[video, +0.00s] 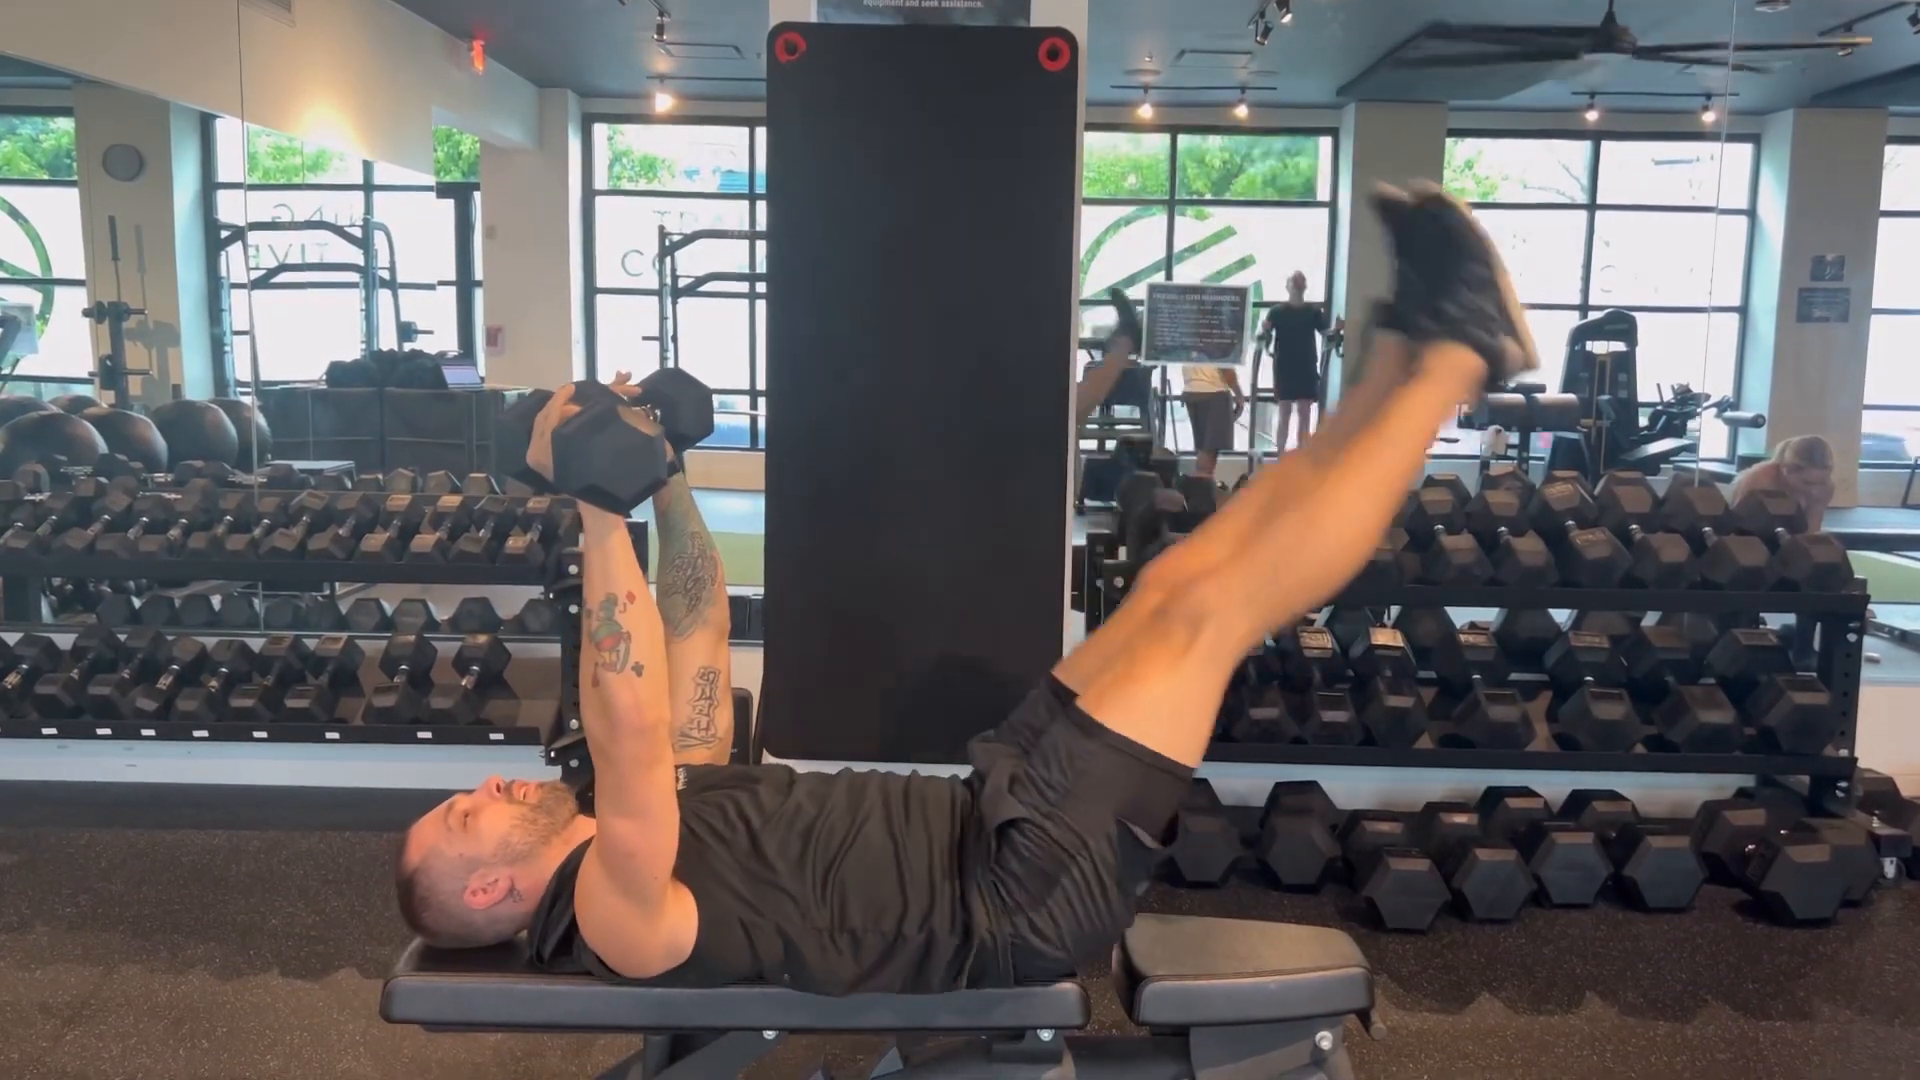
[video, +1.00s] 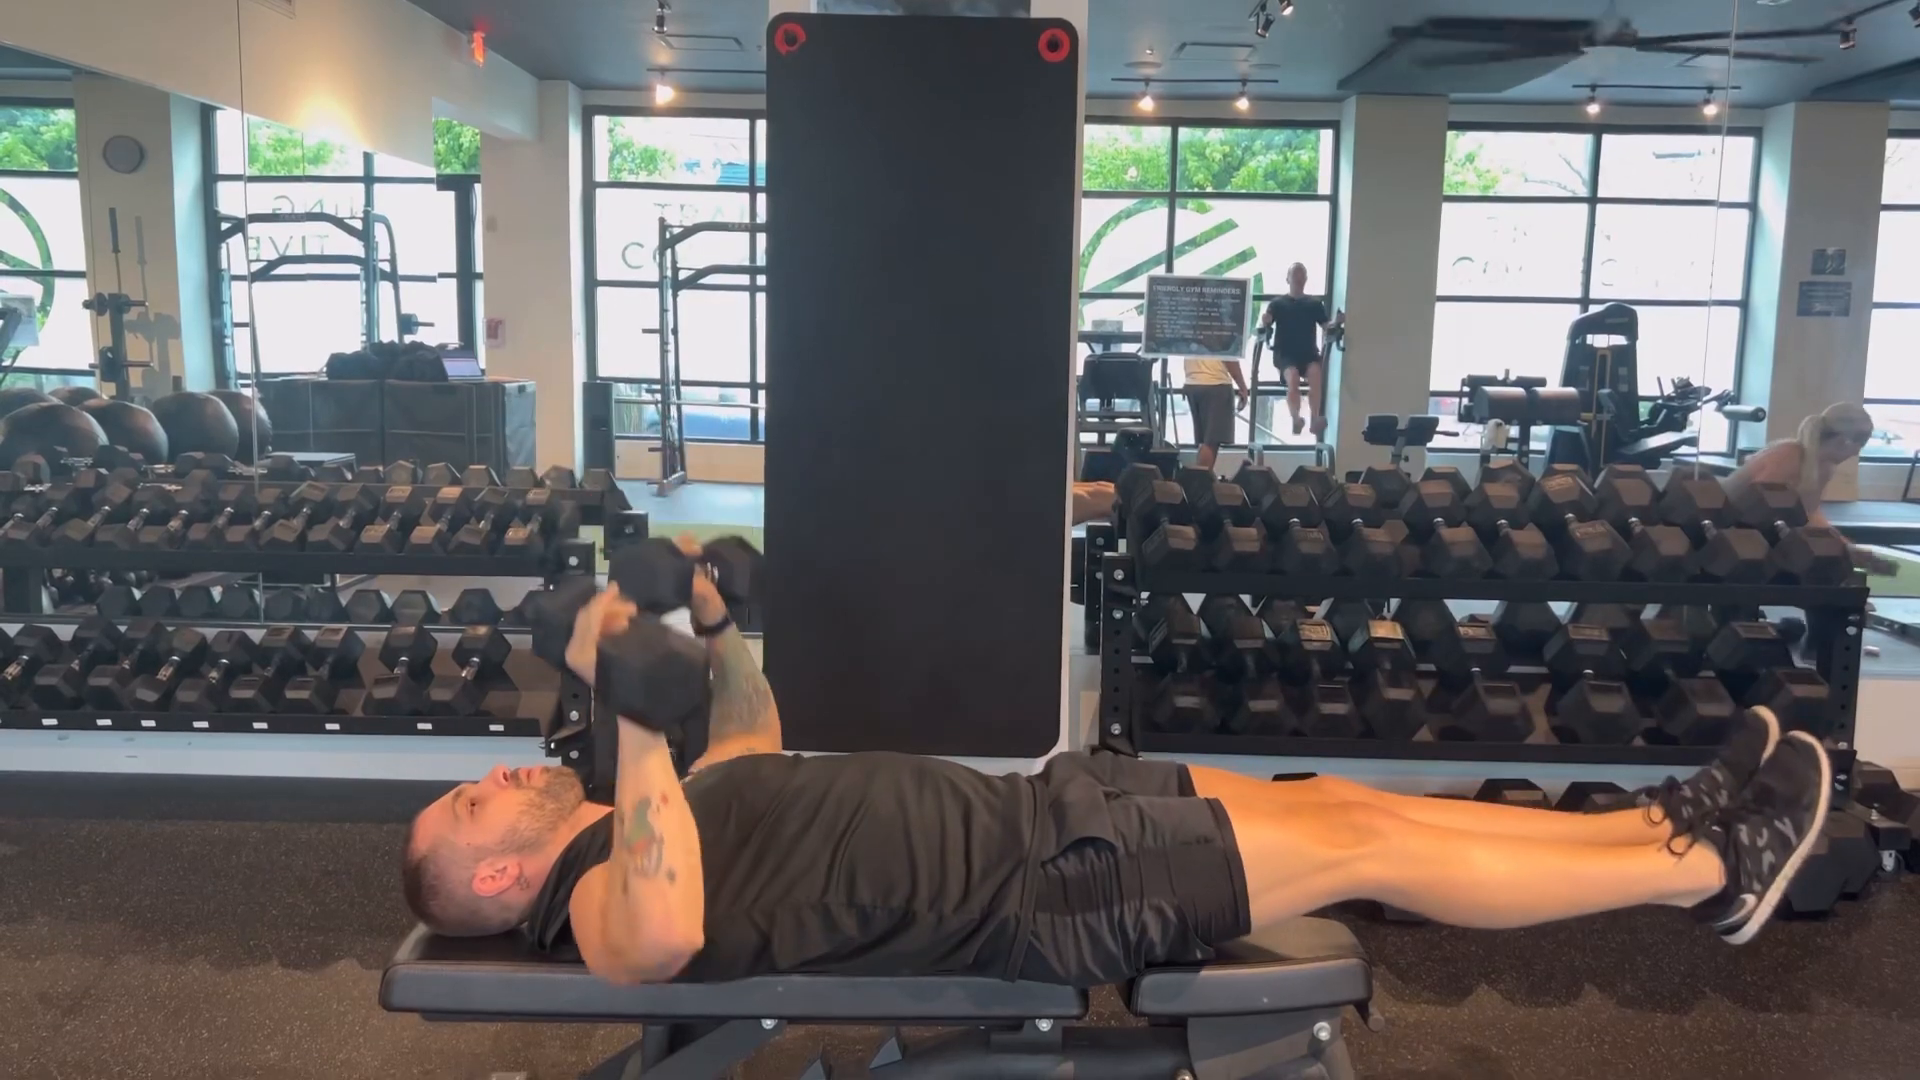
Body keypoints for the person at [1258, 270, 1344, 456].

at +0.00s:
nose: (1297, 286)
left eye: (1300, 283)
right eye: (1293, 283)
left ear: (1304, 287)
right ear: (1287, 286)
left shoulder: (1313, 311)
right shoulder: (1277, 312)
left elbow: (1325, 333)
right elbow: (1263, 337)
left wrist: (1336, 329)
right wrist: (1265, 330)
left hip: (1307, 363)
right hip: (1284, 364)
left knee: (1305, 411)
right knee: (1284, 411)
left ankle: (1303, 451)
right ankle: (1280, 452)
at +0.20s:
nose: (1300, 284)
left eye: (1303, 281)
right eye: (1296, 281)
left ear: (1306, 284)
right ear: (1288, 284)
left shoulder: (1314, 309)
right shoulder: (1277, 309)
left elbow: (1325, 331)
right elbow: (1263, 337)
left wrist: (1336, 328)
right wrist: (1265, 329)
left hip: (1307, 353)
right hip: (1284, 353)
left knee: (1315, 370)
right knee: (1291, 367)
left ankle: (1320, 413)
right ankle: (1295, 406)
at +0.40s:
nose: (1298, 287)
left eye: (1302, 284)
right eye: (1296, 283)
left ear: (1306, 285)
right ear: (1289, 284)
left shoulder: (1315, 306)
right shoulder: (1277, 306)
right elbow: (1262, 335)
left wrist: (1336, 327)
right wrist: (1265, 326)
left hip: (1308, 356)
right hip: (1284, 358)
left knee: (1316, 318)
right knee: (1290, 321)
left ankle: (1318, 333)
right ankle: (1303, 333)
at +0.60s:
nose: (1298, 287)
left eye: (1301, 284)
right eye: (1295, 284)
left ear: (1306, 284)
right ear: (1289, 283)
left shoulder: (1315, 304)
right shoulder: (1278, 304)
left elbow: (1323, 331)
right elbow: (1264, 329)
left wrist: (1336, 325)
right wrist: (1266, 323)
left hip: (1308, 355)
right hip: (1284, 356)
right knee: (1288, 317)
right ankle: (1299, 319)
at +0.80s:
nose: (1298, 283)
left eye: (1301, 279)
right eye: (1295, 279)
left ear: (1306, 280)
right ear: (1288, 280)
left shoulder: (1315, 304)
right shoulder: (1278, 303)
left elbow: (1326, 328)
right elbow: (1266, 326)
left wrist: (1337, 323)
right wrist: (1265, 322)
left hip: (1311, 348)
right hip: (1286, 350)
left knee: (1318, 336)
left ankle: (1325, 369)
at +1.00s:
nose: (1298, 280)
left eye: (1301, 277)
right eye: (1294, 277)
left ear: (1306, 278)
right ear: (1288, 279)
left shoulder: (1314, 304)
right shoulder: (1278, 304)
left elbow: (1326, 327)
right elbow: (1265, 325)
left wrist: (1336, 324)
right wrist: (1265, 321)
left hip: (1308, 350)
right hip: (1285, 350)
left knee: (1316, 373)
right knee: (1292, 375)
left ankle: (1315, 419)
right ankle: (1295, 419)